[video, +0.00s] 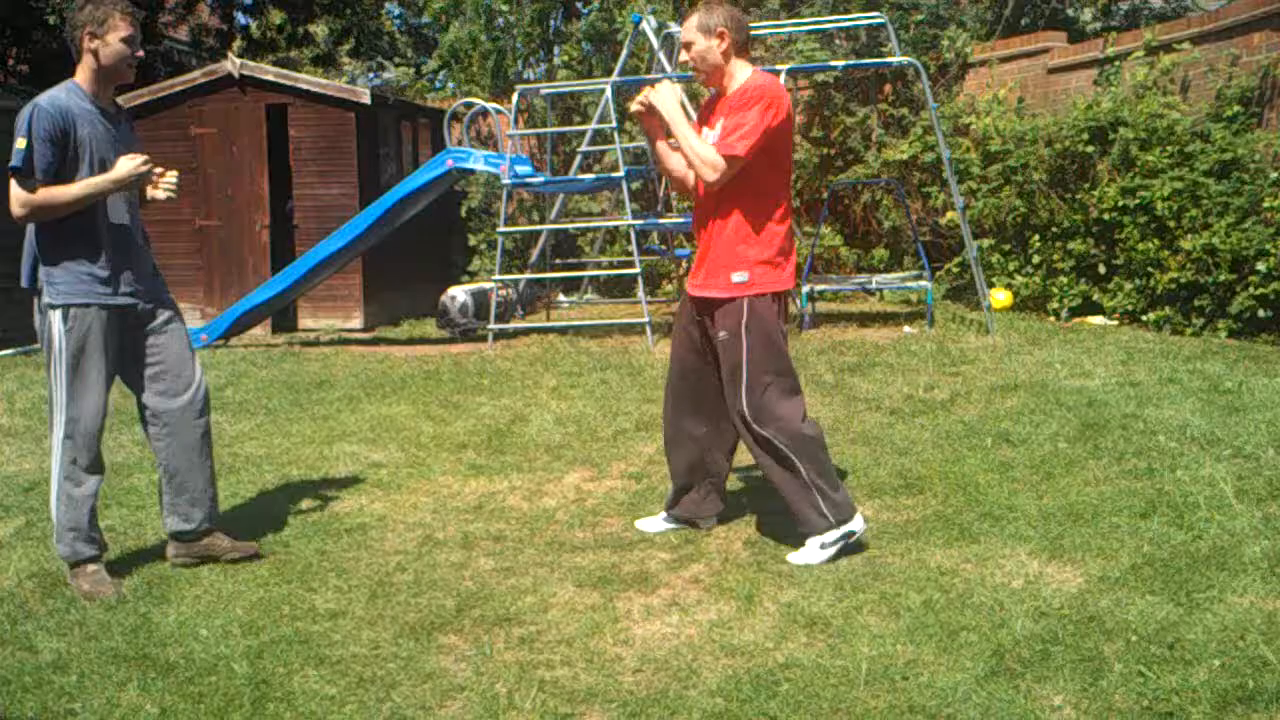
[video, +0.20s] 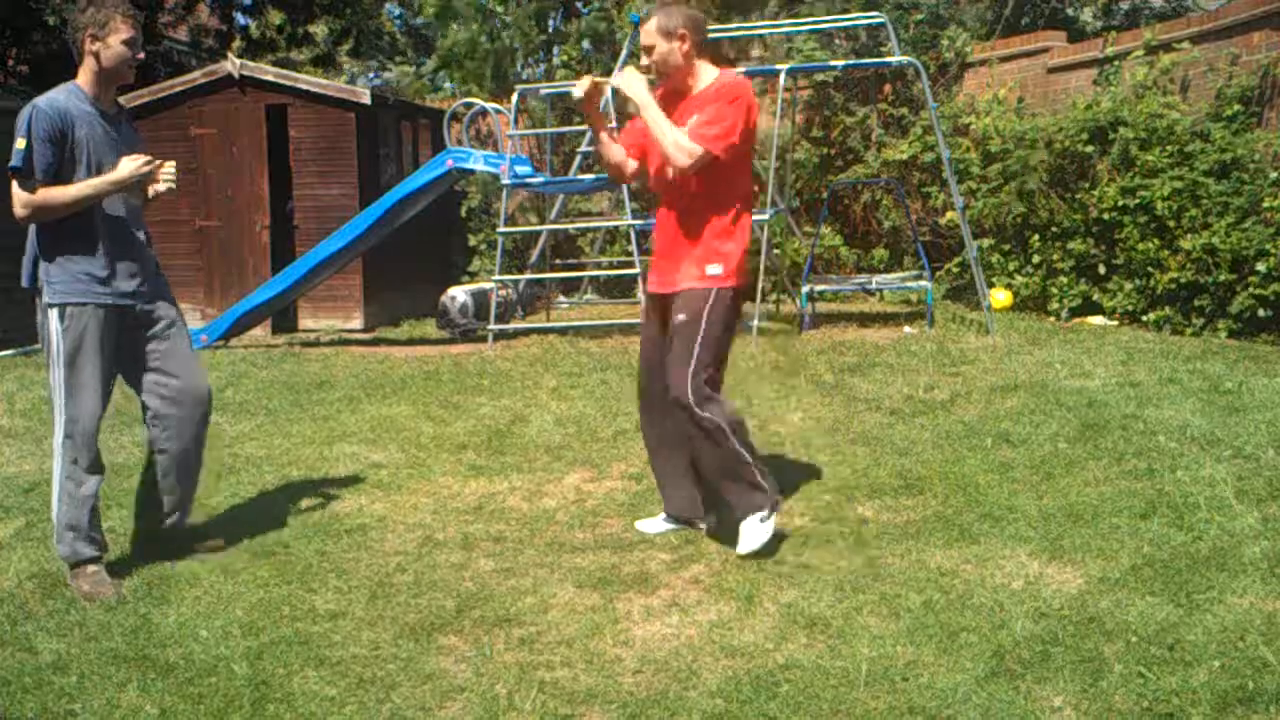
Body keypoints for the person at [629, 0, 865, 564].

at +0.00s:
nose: (683, 58)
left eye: (689, 46)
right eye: (681, 48)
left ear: (721, 40)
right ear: (715, 43)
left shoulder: (762, 92)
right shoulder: (719, 103)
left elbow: (714, 169)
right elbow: (688, 178)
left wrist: (672, 109)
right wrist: (654, 129)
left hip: (750, 272)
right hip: (710, 271)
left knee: (762, 402)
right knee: (693, 395)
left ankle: (836, 518)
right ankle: (695, 505)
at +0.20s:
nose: (645, 62)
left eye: (651, 51)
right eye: (642, 52)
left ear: (683, 43)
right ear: (673, 46)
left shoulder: (730, 89)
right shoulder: (662, 99)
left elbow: (685, 157)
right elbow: (624, 168)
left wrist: (641, 98)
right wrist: (597, 118)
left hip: (713, 262)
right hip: (667, 262)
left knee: (690, 388)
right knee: (657, 390)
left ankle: (756, 506)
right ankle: (685, 511)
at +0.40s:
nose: (615, 56)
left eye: (622, 47)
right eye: (614, 47)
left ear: (657, 43)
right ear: (644, 44)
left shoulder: (700, 91)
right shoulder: (629, 98)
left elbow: (650, 149)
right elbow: (582, 164)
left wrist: (615, 87)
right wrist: (575, 99)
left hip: (681, 267)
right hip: (638, 267)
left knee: (661, 400)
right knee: (643, 400)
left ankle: (670, 527)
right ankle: (681, 508)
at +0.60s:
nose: (573, 70)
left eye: (578, 60)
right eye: (572, 61)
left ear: (610, 54)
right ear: (603, 55)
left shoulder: (652, 103)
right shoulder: (607, 106)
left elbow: (599, 178)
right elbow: (570, 177)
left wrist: (565, 114)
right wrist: (546, 121)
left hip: (639, 278)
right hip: (597, 274)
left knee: (631, 410)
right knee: (547, 376)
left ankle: (662, 530)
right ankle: (618, 481)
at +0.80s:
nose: (539, 72)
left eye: (542, 61)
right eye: (537, 64)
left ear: (570, 53)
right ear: (568, 55)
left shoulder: (612, 97)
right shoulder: (572, 106)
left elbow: (538, 147)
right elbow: (522, 163)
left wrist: (507, 94)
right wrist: (501, 111)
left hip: (601, 277)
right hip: (557, 276)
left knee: (617, 409)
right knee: (516, 394)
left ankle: (661, 530)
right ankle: (483, 509)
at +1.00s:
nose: (480, 80)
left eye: (485, 70)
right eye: (479, 71)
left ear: (515, 64)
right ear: (511, 64)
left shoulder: (570, 112)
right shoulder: (500, 120)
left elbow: (532, 182)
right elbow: (465, 174)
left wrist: (491, 127)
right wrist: (450, 124)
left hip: (561, 295)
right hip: (503, 296)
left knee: (593, 417)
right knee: (467, 408)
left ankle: (656, 527)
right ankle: (469, 517)